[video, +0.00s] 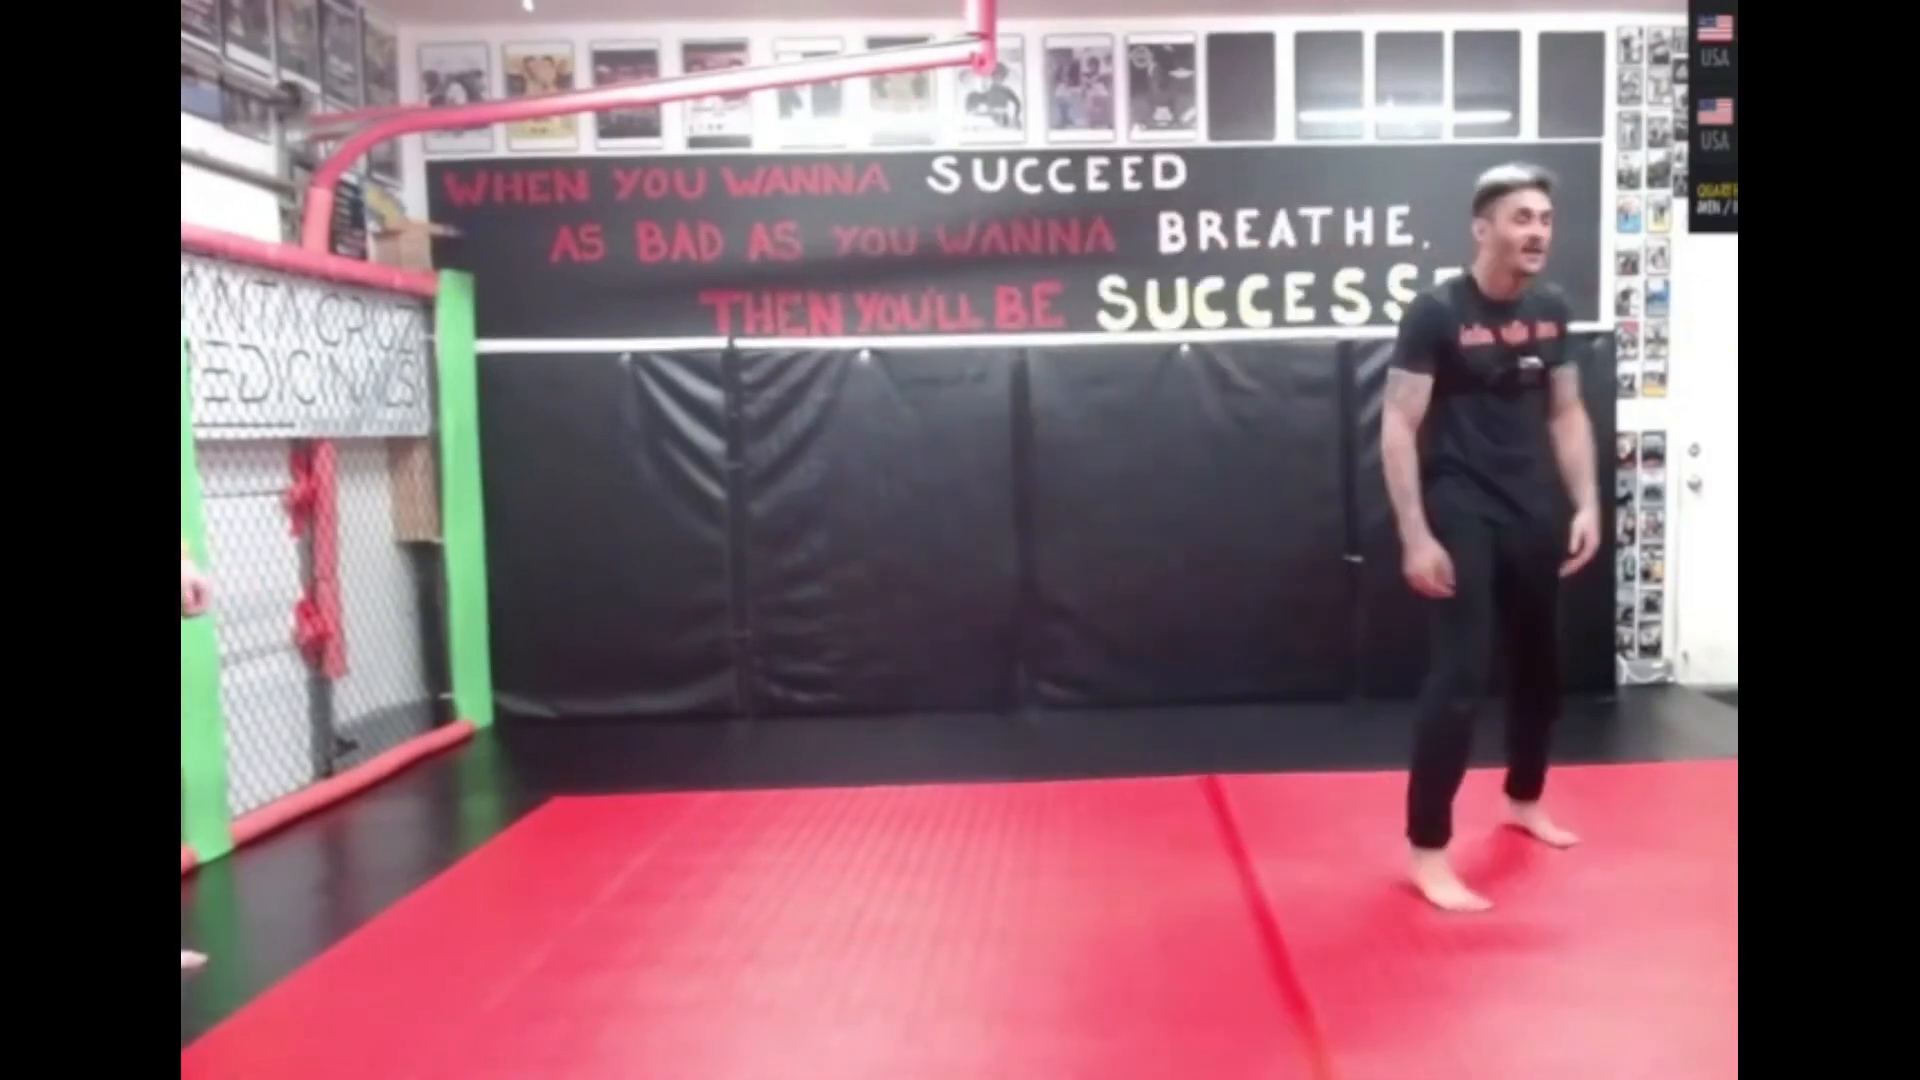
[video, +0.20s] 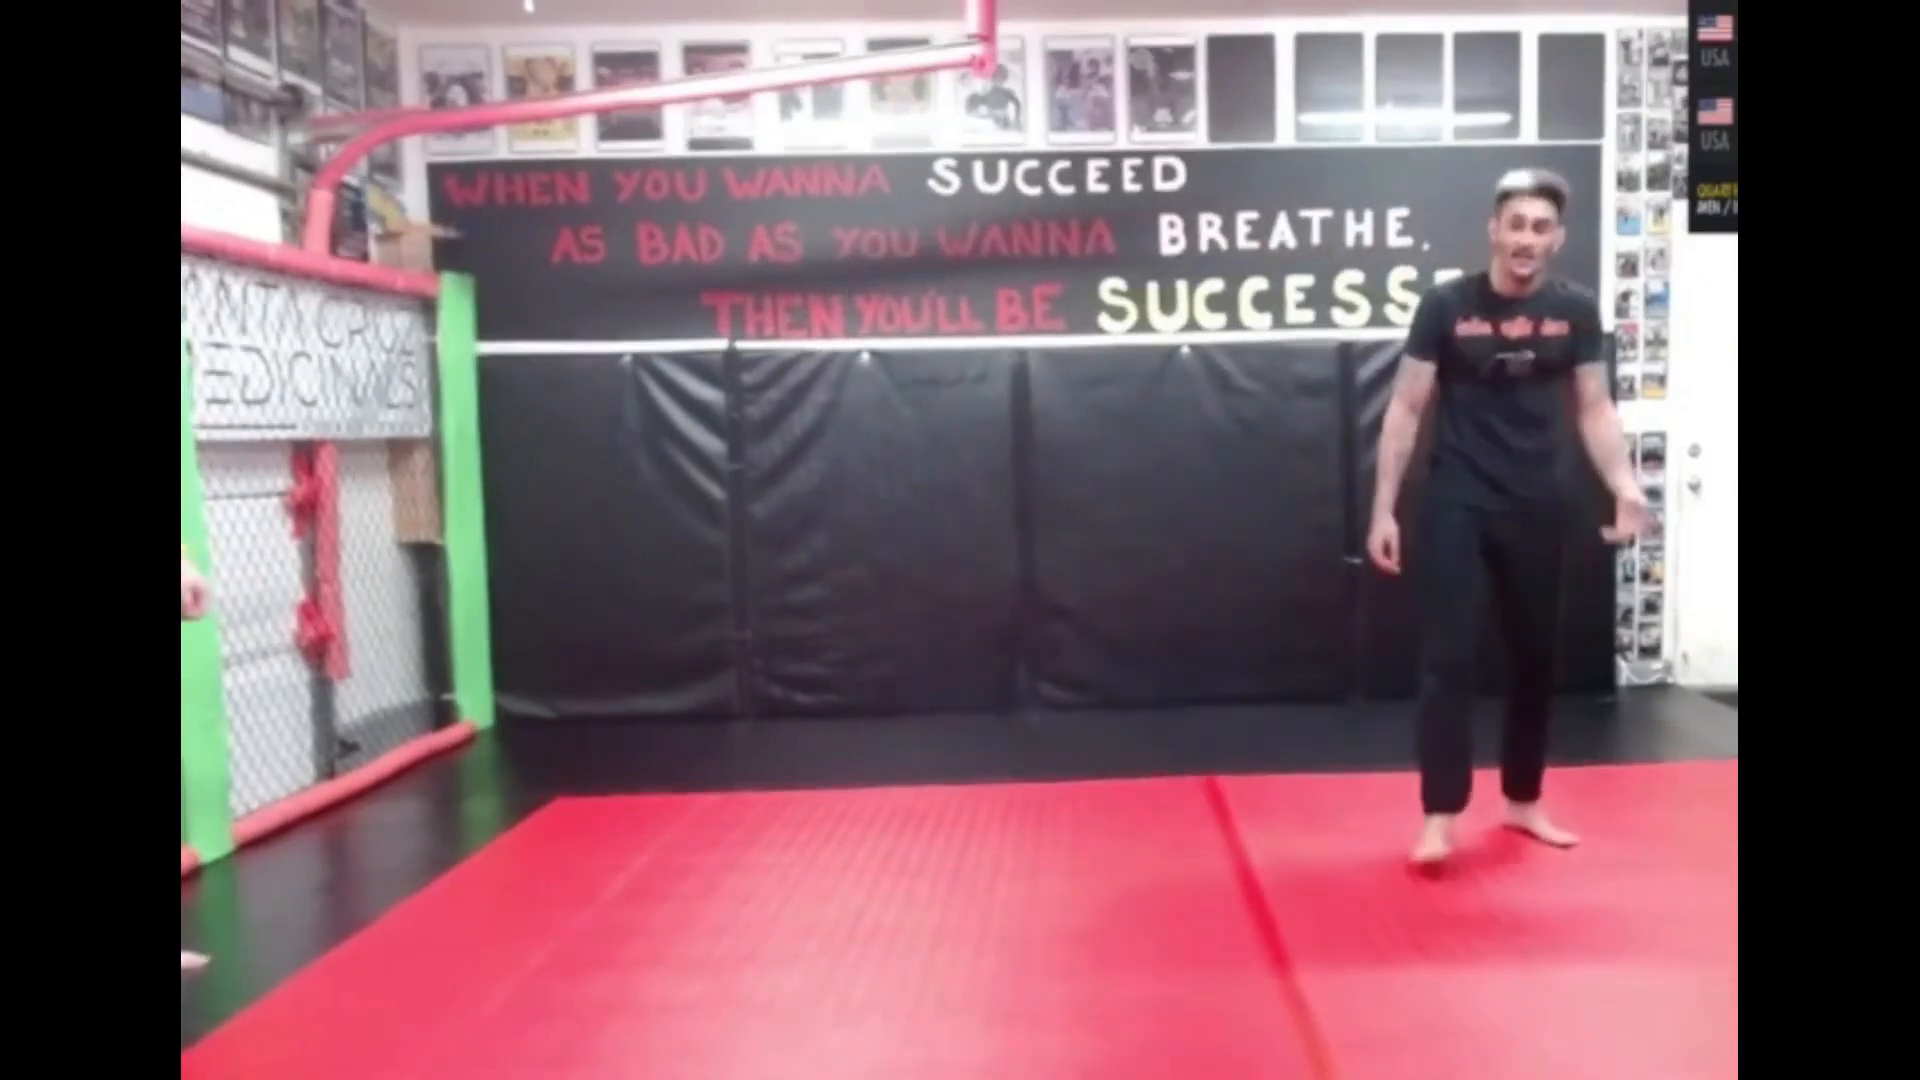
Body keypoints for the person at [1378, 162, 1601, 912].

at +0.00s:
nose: (1537, 231)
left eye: (1545, 219)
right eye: (1522, 218)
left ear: (1551, 232)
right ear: (1482, 227)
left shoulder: (1548, 308)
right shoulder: (1436, 312)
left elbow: (1567, 413)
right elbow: (1396, 428)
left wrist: (1586, 503)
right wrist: (1414, 537)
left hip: (1534, 508)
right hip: (1460, 509)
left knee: (1538, 661)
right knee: (1462, 667)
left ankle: (1523, 799)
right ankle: (1426, 851)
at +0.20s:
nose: (1526, 239)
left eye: (1540, 227)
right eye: (1515, 224)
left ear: (1559, 238)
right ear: (1492, 229)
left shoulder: (1574, 309)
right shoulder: (1447, 307)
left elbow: (1595, 407)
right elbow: (1406, 408)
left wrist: (1624, 485)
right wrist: (1383, 508)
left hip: (1539, 506)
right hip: (1455, 501)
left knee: (1535, 654)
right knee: (1450, 651)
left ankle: (1523, 800)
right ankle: (1439, 813)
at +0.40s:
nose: (1494, 246)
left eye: (1509, 234)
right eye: (1484, 233)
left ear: (1536, 241)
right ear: (1471, 238)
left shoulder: (1565, 315)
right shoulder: (1439, 312)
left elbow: (1591, 413)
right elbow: (1405, 413)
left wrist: (1600, 513)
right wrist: (1386, 508)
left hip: (1533, 512)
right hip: (1446, 509)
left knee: (1526, 657)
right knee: (1430, 648)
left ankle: (1520, 800)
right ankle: (1426, 790)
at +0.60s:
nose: (1438, 251)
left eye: (1451, 239)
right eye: (1431, 241)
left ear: (1487, 245)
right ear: (1426, 250)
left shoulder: (1522, 318)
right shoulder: (1415, 326)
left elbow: (1540, 422)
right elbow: (1398, 424)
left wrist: (1514, 519)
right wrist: (1381, 510)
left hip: (1495, 512)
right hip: (1424, 508)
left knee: (1508, 656)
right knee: (1405, 639)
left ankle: (1518, 797)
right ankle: (1395, 765)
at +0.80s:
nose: (1408, 268)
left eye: (1421, 256)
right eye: (1402, 258)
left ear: (1454, 263)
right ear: (1397, 268)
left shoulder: (1481, 334)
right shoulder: (1386, 343)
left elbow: (1492, 433)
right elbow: (1371, 437)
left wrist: (1457, 518)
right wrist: (1360, 522)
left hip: (1460, 518)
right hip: (1391, 521)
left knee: (1488, 654)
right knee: (1395, 645)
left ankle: (1514, 797)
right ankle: (1404, 759)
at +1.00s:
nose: (1364, 270)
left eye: (1376, 259)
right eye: (1357, 261)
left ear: (1403, 263)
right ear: (1350, 270)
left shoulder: (1425, 325)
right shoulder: (1345, 344)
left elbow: (1440, 398)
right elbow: (1334, 434)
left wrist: (1418, 445)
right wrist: (1308, 516)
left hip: (1411, 494)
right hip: (1360, 499)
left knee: (1391, 626)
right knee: (1371, 626)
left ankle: (1406, 777)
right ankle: (1396, 759)